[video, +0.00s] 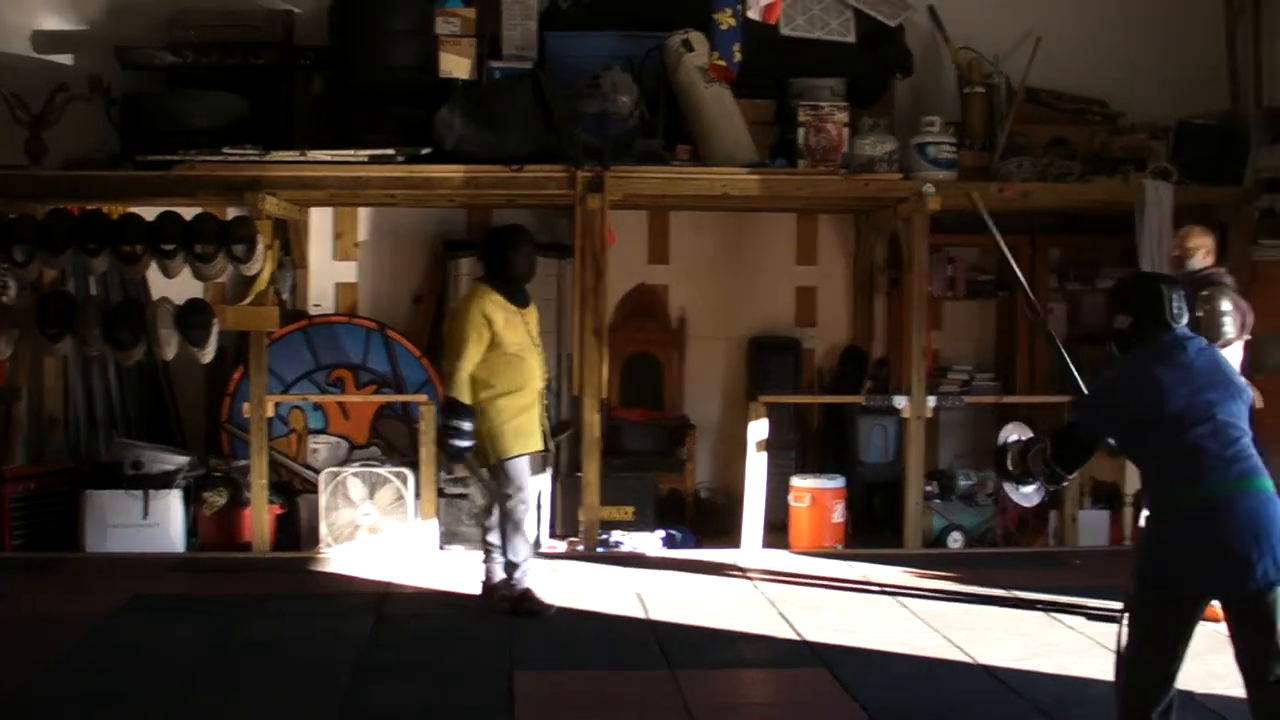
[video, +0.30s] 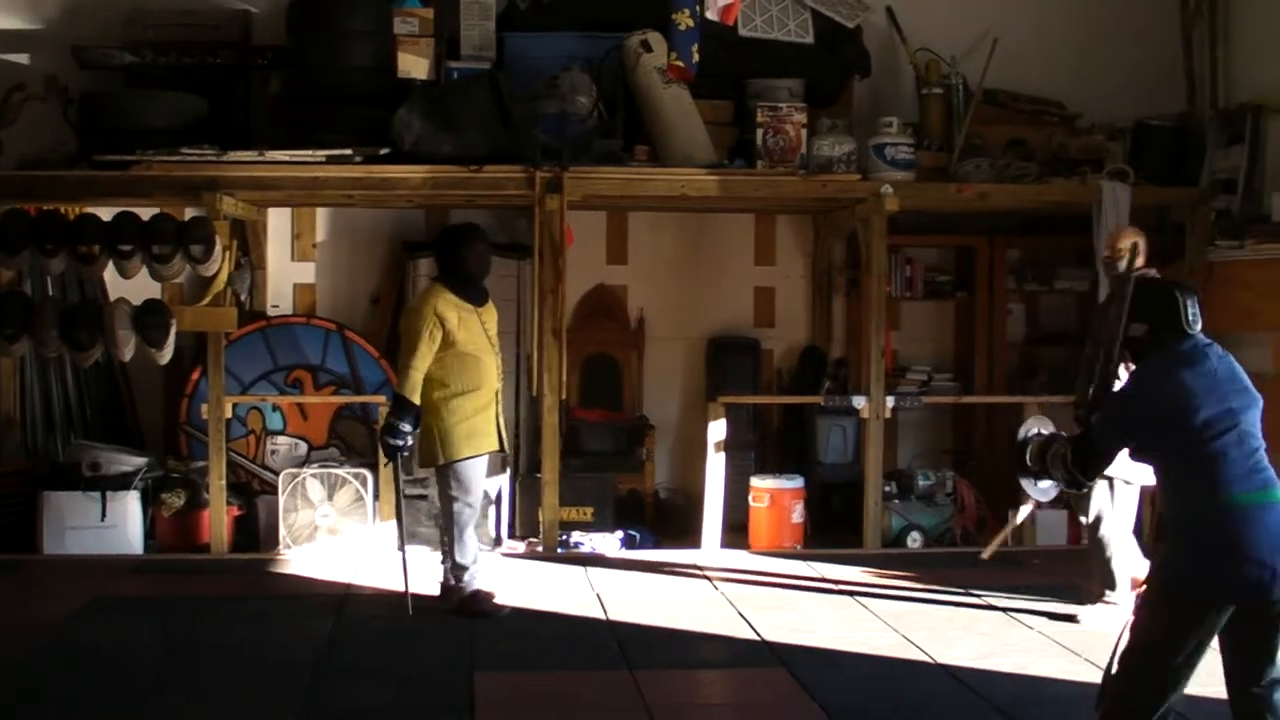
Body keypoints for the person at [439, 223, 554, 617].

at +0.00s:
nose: (532, 265)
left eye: (533, 256)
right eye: (524, 256)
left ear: (529, 260)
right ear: (501, 259)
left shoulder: (524, 304)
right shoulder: (478, 305)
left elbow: (529, 366)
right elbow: (460, 366)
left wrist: (540, 419)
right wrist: (458, 423)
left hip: (526, 417)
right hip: (499, 419)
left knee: (508, 498)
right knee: (519, 495)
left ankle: (496, 579)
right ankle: (515, 582)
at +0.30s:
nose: (487, 264)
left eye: (487, 256)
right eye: (479, 256)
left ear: (483, 259)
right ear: (456, 260)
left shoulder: (482, 302)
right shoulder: (432, 304)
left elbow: (485, 365)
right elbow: (414, 365)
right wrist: (402, 419)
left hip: (485, 419)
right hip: (455, 422)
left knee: (475, 501)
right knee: (463, 501)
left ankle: (457, 578)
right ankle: (462, 583)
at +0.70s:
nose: (427, 263)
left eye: (428, 255)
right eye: (419, 255)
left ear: (428, 258)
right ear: (397, 259)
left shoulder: (429, 303)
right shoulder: (372, 304)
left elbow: (434, 354)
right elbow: (357, 365)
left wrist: (451, 390)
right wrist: (361, 421)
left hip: (428, 420)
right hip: (398, 424)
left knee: (415, 501)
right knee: (405, 503)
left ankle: (400, 577)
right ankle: (404, 584)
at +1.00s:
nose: (382, 264)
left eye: (383, 255)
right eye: (374, 256)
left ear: (383, 258)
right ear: (352, 259)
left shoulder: (386, 305)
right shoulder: (327, 305)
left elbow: (395, 357)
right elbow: (314, 368)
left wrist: (414, 396)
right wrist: (322, 425)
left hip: (381, 423)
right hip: (351, 427)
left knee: (366, 502)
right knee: (360, 504)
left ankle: (354, 580)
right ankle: (358, 586)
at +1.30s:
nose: (350, 265)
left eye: (350, 257)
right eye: (341, 257)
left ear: (351, 260)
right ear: (318, 261)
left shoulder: (353, 306)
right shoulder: (292, 304)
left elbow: (364, 359)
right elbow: (274, 365)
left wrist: (380, 398)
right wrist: (276, 420)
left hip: (346, 419)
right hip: (314, 422)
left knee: (328, 500)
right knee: (329, 501)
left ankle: (316, 580)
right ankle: (324, 587)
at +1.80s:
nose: (305, 269)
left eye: (306, 261)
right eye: (295, 262)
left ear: (307, 265)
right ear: (270, 266)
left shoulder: (310, 308)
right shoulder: (245, 309)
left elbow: (319, 363)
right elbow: (223, 373)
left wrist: (332, 403)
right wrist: (218, 432)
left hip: (300, 430)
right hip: (265, 432)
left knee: (279, 511)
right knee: (279, 513)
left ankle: (258, 586)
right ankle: (280, 595)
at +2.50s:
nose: (291, 276)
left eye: (294, 268)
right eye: (283, 268)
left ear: (295, 268)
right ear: (259, 271)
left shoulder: (299, 308)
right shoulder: (236, 313)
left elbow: (331, 342)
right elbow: (244, 365)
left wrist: (343, 386)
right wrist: (263, 407)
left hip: (277, 418)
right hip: (240, 419)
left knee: (253, 504)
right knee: (258, 507)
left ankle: (230, 583)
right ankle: (262, 596)